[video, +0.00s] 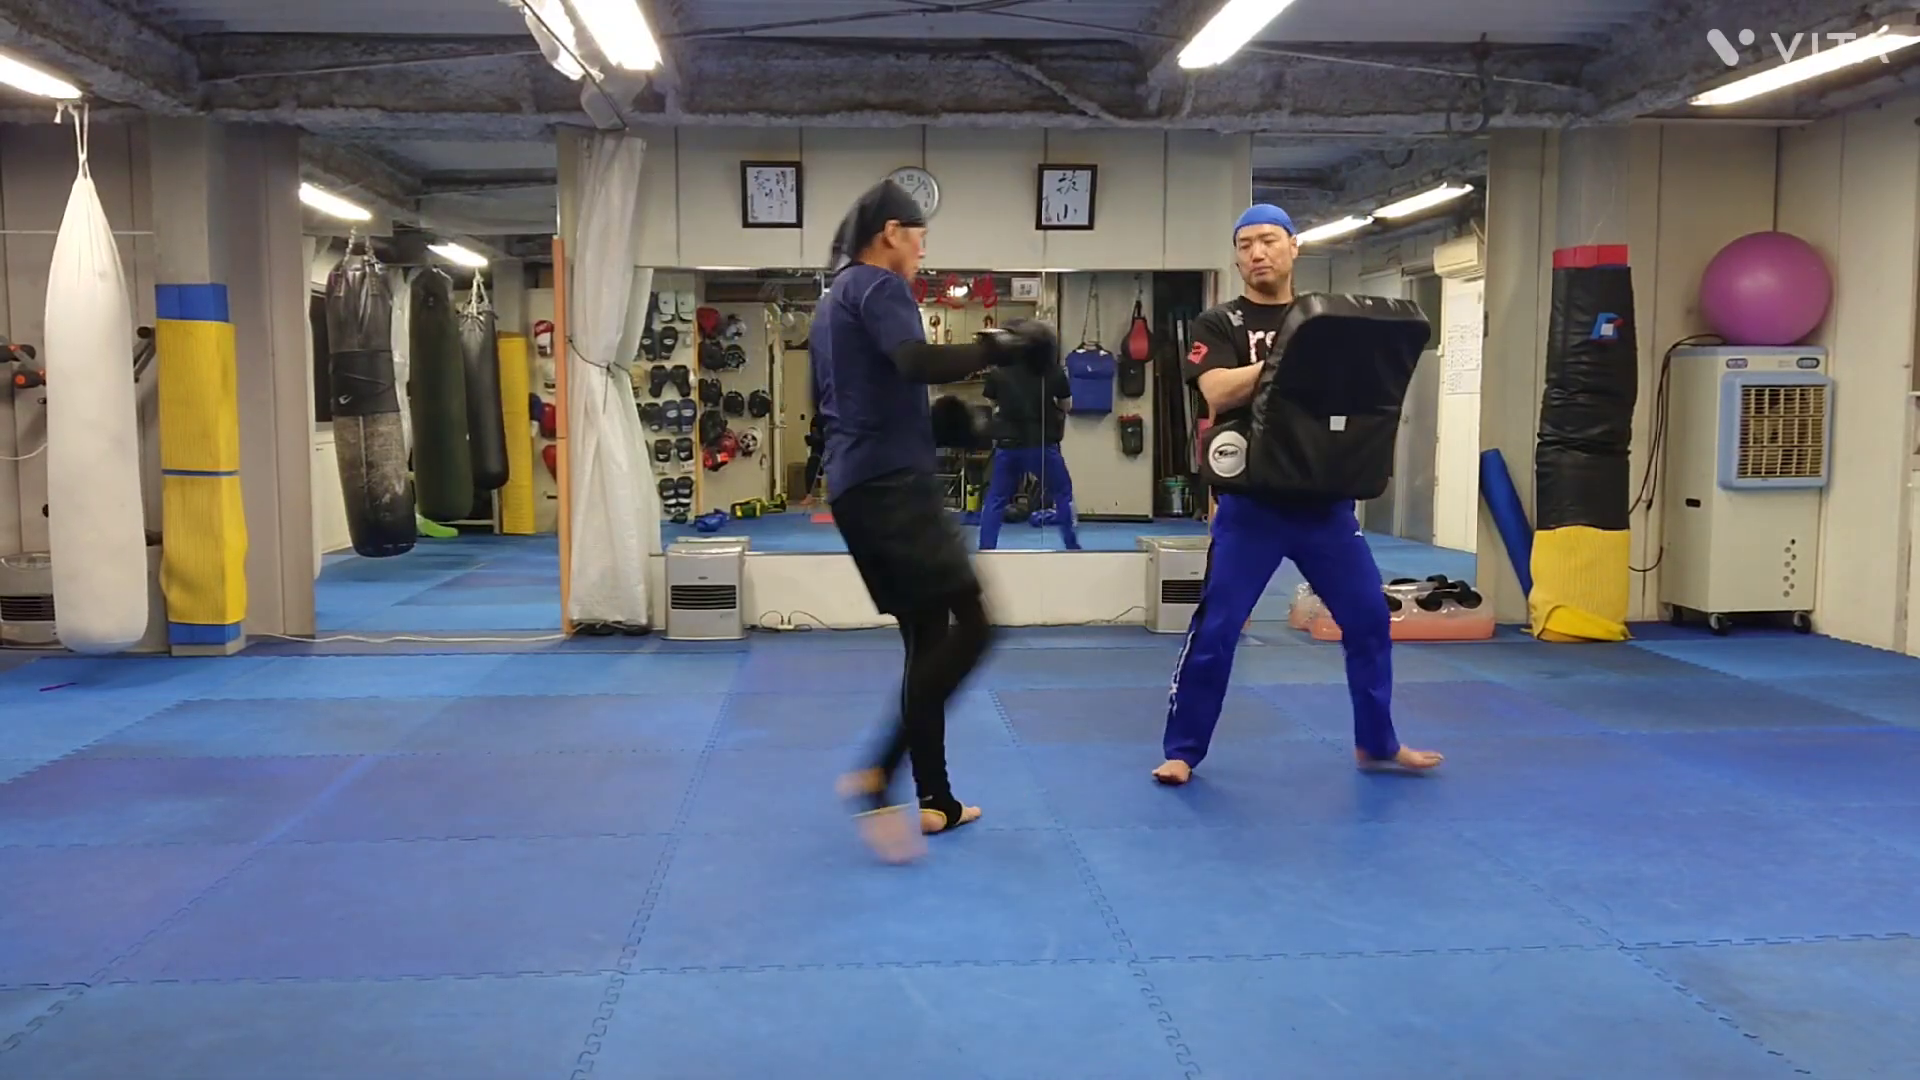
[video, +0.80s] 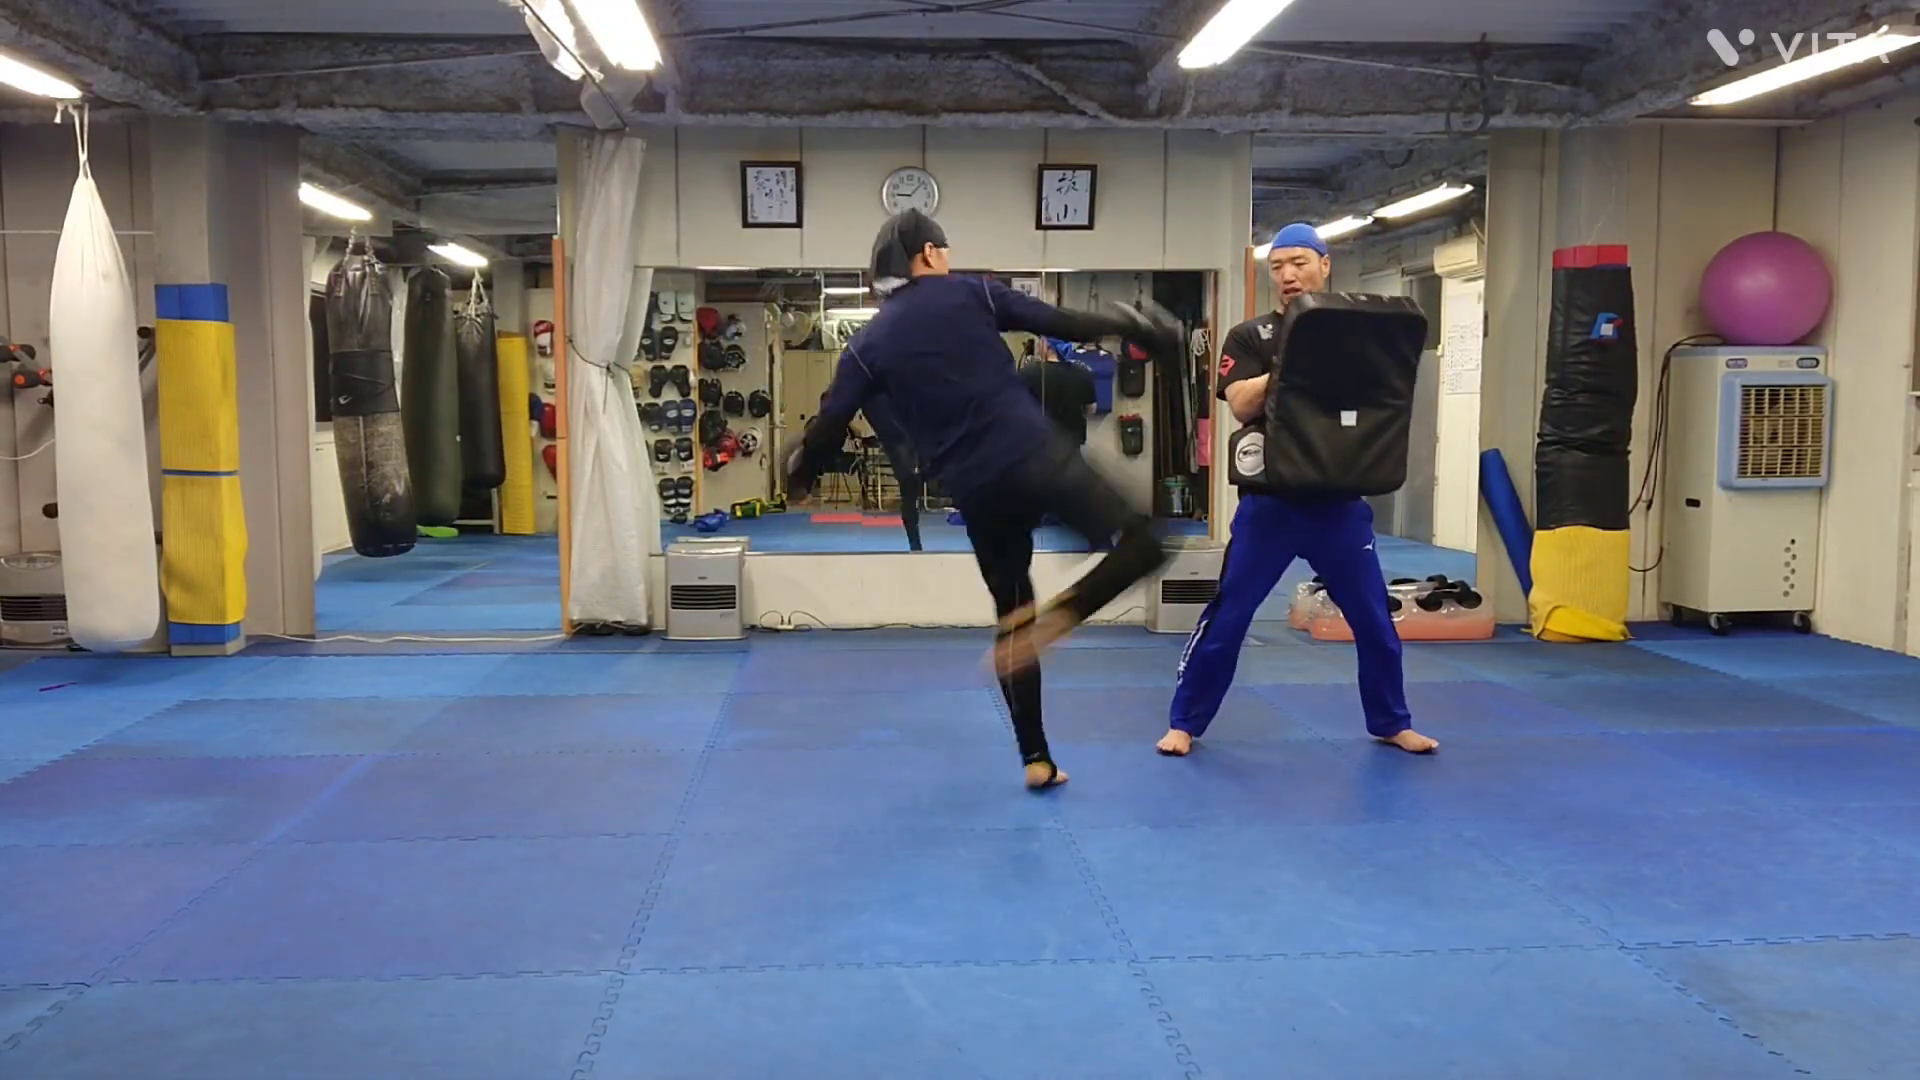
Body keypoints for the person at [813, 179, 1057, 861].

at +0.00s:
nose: (923, 251)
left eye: (923, 238)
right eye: (918, 237)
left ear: (871, 236)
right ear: (888, 233)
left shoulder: (837, 295)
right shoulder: (881, 285)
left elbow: (848, 408)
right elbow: (912, 359)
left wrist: (933, 421)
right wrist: (1002, 348)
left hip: (860, 487)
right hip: (893, 483)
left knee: (925, 636)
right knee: (971, 624)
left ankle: (937, 800)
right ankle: (877, 778)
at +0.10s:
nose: (944, 260)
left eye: (945, 247)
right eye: (941, 246)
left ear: (904, 239)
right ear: (911, 238)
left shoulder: (884, 302)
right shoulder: (871, 292)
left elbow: (897, 412)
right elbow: (885, 374)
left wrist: (973, 407)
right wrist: (963, 354)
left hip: (879, 498)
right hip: (852, 498)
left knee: (932, 626)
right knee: (874, 651)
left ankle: (926, 794)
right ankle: (788, 815)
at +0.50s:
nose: (967, 270)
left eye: (968, 258)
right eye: (964, 256)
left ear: (932, 252)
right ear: (937, 250)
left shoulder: (932, 326)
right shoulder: (881, 316)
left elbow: (953, 413)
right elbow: (877, 396)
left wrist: (1022, 419)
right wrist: (966, 377)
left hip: (913, 515)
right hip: (861, 517)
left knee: (969, 617)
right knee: (848, 657)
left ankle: (997, 761)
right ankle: (782, 822)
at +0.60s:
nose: (971, 270)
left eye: (969, 259)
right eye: (966, 258)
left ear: (925, 261)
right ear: (944, 257)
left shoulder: (916, 325)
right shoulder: (926, 323)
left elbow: (877, 432)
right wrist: (1025, 317)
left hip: (944, 518)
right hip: (912, 517)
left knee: (1013, 612)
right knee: (879, 655)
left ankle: (1036, 768)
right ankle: (789, 819)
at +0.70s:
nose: (955, 259)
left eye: (949, 250)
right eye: (949, 250)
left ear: (902, 270)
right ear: (933, 258)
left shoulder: (879, 348)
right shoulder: (977, 299)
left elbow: (833, 430)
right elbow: (1068, 322)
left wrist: (803, 484)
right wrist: (1063, 289)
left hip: (958, 496)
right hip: (1009, 479)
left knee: (1031, 623)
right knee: (1035, 624)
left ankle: (1035, 766)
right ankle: (916, 711)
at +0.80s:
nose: (949, 258)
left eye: (945, 250)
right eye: (944, 250)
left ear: (888, 270)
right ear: (926, 256)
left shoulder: (869, 343)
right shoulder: (970, 292)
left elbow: (830, 424)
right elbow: (1060, 322)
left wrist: (805, 466)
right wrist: (1128, 322)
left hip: (976, 491)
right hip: (1036, 455)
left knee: (1015, 618)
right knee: (1143, 542)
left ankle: (1036, 760)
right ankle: (1053, 621)